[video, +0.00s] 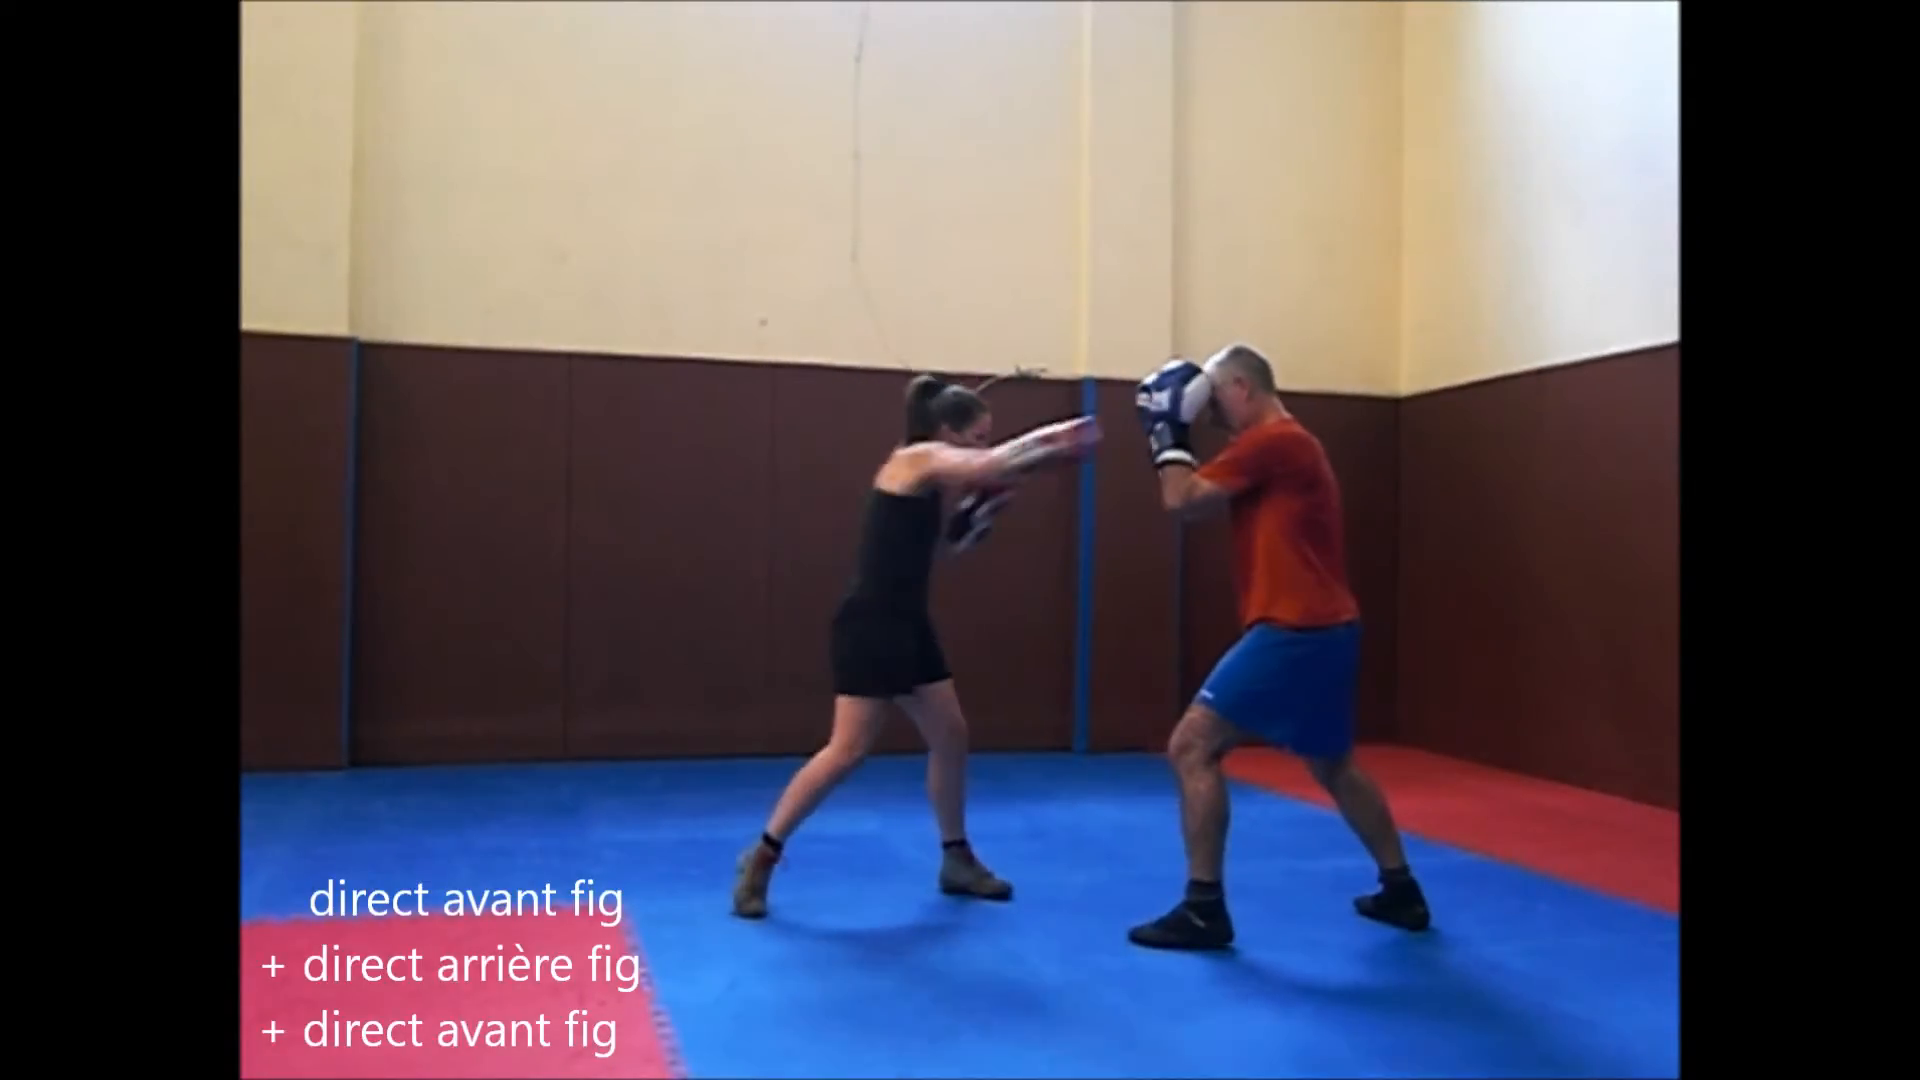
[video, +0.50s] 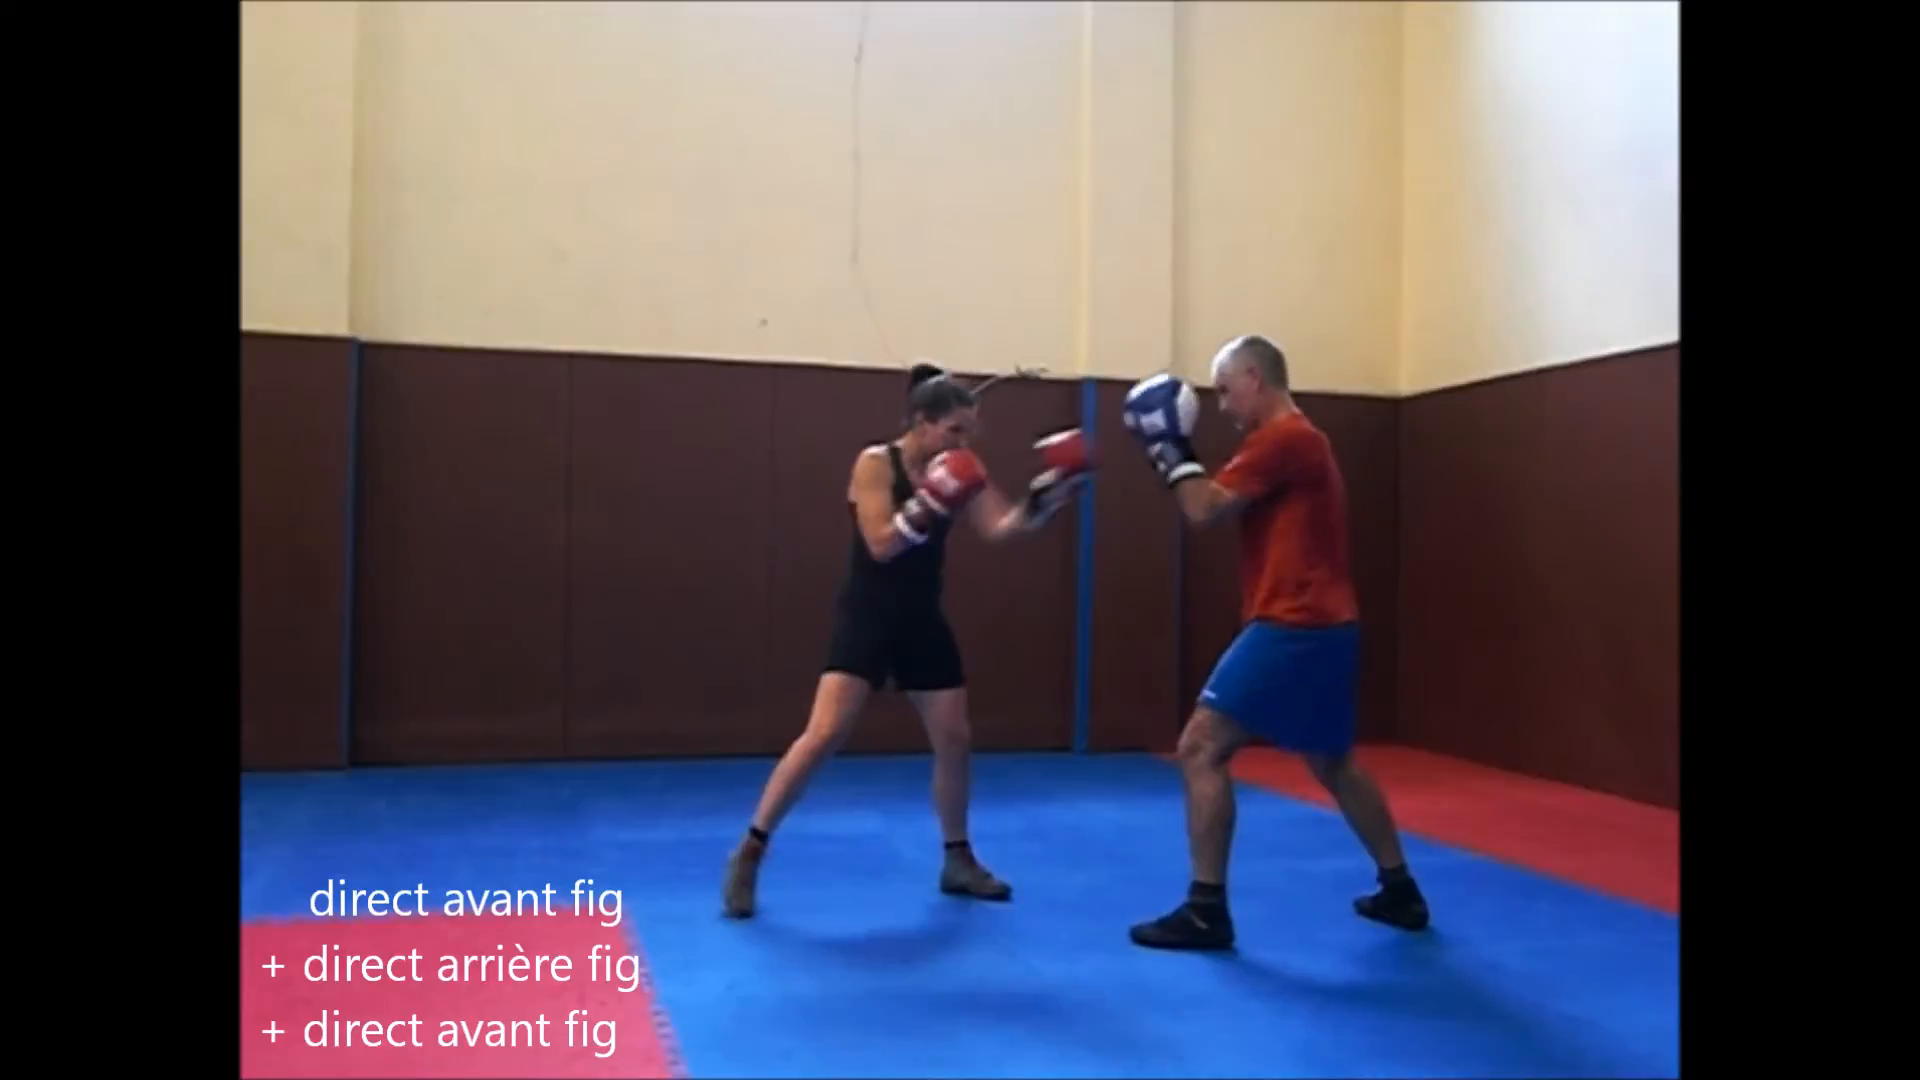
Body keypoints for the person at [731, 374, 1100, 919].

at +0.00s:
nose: (985, 443)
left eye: (986, 434)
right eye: (979, 434)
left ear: (941, 432)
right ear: (949, 429)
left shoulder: (910, 467)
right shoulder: (921, 459)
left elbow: (938, 545)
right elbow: (991, 464)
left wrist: (973, 524)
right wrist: (1056, 439)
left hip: (894, 625)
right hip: (879, 626)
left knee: (950, 737)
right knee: (846, 750)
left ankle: (957, 861)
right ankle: (762, 857)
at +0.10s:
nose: (989, 447)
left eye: (989, 439)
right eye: (985, 438)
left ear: (934, 433)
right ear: (959, 436)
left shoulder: (893, 476)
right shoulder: (944, 466)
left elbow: (919, 555)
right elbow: (1035, 463)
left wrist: (963, 526)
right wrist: (1107, 437)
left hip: (895, 628)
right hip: (885, 629)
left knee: (959, 738)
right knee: (834, 750)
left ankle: (958, 862)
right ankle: (755, 859)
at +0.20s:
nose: (993, 446)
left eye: (996, 436)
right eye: (985, 434)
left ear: (965, 435)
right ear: (950, 428)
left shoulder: (955, 476)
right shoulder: (919, 457)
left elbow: (962, 550)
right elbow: (966, 506)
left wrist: (1012, 495)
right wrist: (1028, 477)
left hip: (923, 623)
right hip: (873, 620)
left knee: (961, 735)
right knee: (838, 740)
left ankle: (958, 860)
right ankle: (766, 854)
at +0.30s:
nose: (985, 440)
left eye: (989, 430)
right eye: (977, 429)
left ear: (980, 430)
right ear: (942, 422)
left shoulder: (978, 470)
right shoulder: (899, 457)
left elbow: (1045, 500)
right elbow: (878, 524)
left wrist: (1079, 467)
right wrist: (944, 500)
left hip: (931, 620)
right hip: (876, 616)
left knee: (958, 737)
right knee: (838, 732)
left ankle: (959, 861)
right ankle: (774, 857)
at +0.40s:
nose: (978, 436)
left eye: (981, 425)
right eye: (969, 425)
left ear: (974, 424)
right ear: (934, 422)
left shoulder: (975, 462)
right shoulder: (889, 460)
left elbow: (1056, 472)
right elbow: (863, 536)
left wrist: (1108, 448)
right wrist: (913, 504)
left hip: (928, 617)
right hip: (874, 612)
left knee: (956, 738)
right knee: (836, 729)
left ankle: (958, 861)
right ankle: (771, 854)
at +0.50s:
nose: (963, 440)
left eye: (967, 430)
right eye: (956, 429)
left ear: (955, 427)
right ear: (923, 422)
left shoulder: (956, 470)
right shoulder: (876, 464)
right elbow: (881, 543)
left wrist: (1045, 496)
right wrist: (931, 503)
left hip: (922, 621)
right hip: (867, 619)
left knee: (953, 738)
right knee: (824, 733)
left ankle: (958, 861)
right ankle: (749, 853)